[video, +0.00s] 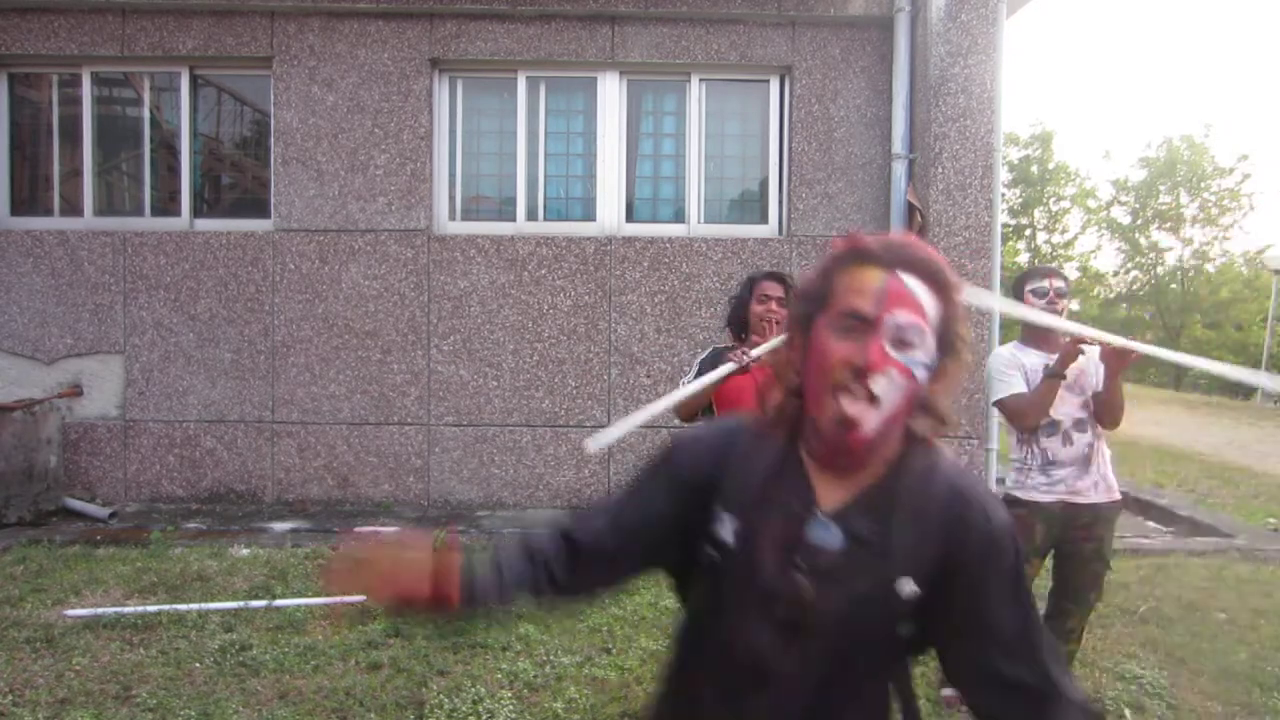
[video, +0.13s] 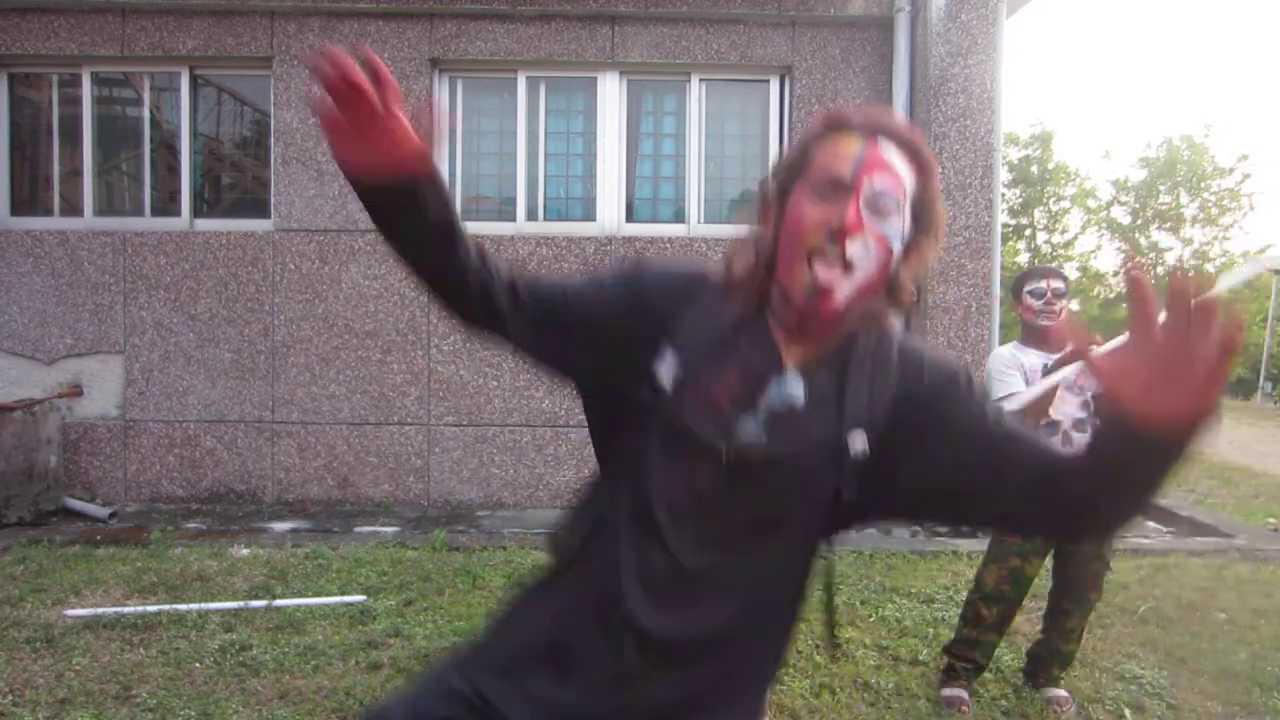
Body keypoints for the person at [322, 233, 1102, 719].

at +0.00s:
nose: (876, 359)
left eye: (907, 343)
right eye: (855, 326)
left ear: (932, 380)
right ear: (803, 337)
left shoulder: (958, 517)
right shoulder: (717, 459)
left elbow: (1027, 696)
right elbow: (584, 550)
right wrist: (454, 574)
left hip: (855, 713)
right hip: (698, 706)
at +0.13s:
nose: (853, 223)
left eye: (885, 210)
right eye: (832, 190)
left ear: (907, 251)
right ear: (777, 205)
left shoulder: (896, 390)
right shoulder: (669, 307)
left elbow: (1064, 503)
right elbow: (490, 299)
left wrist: (1145, 437)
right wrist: (401, 189)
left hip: (702, 703)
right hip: (540, 662)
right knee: (399, 712)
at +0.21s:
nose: (833, 157)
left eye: (870, 148)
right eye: (816, 122)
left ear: (891, 197)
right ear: (760, 131)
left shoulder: (872, 331)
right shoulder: (642, 213)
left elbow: (1004, 451)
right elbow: (447, 181)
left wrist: (1132, 425)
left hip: (608, 674)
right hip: (444, 602)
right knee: (281, 709)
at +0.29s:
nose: (788, 138)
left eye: (825, 125)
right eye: (771, 101)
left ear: (848, 169)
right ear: (710, 109)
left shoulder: (831, 317)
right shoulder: (600, 187)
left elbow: (924, 468)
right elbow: (406, 179)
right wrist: (188, 169)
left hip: (543, 656)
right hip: (373, 580)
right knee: (174, 705)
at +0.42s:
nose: (690, 212)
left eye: (726, 189)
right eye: (671, 169)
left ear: (746, 220)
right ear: (599, 175)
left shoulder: (731, 376)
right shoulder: (465, 259)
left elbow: (840, 495)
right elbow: (247, 287)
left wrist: (862, 654)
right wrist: (12, 282)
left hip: (458, 706)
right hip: (276, 640)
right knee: (54, 712)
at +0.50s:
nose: (610, 330)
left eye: (642, 310)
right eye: (587, 290)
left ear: (658, 343)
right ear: (515, 300)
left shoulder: (658, 485)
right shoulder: (355, 419)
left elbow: (763, 625)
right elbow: (118, 474)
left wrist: (783, 707)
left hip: (452, 714)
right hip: (262, 704)